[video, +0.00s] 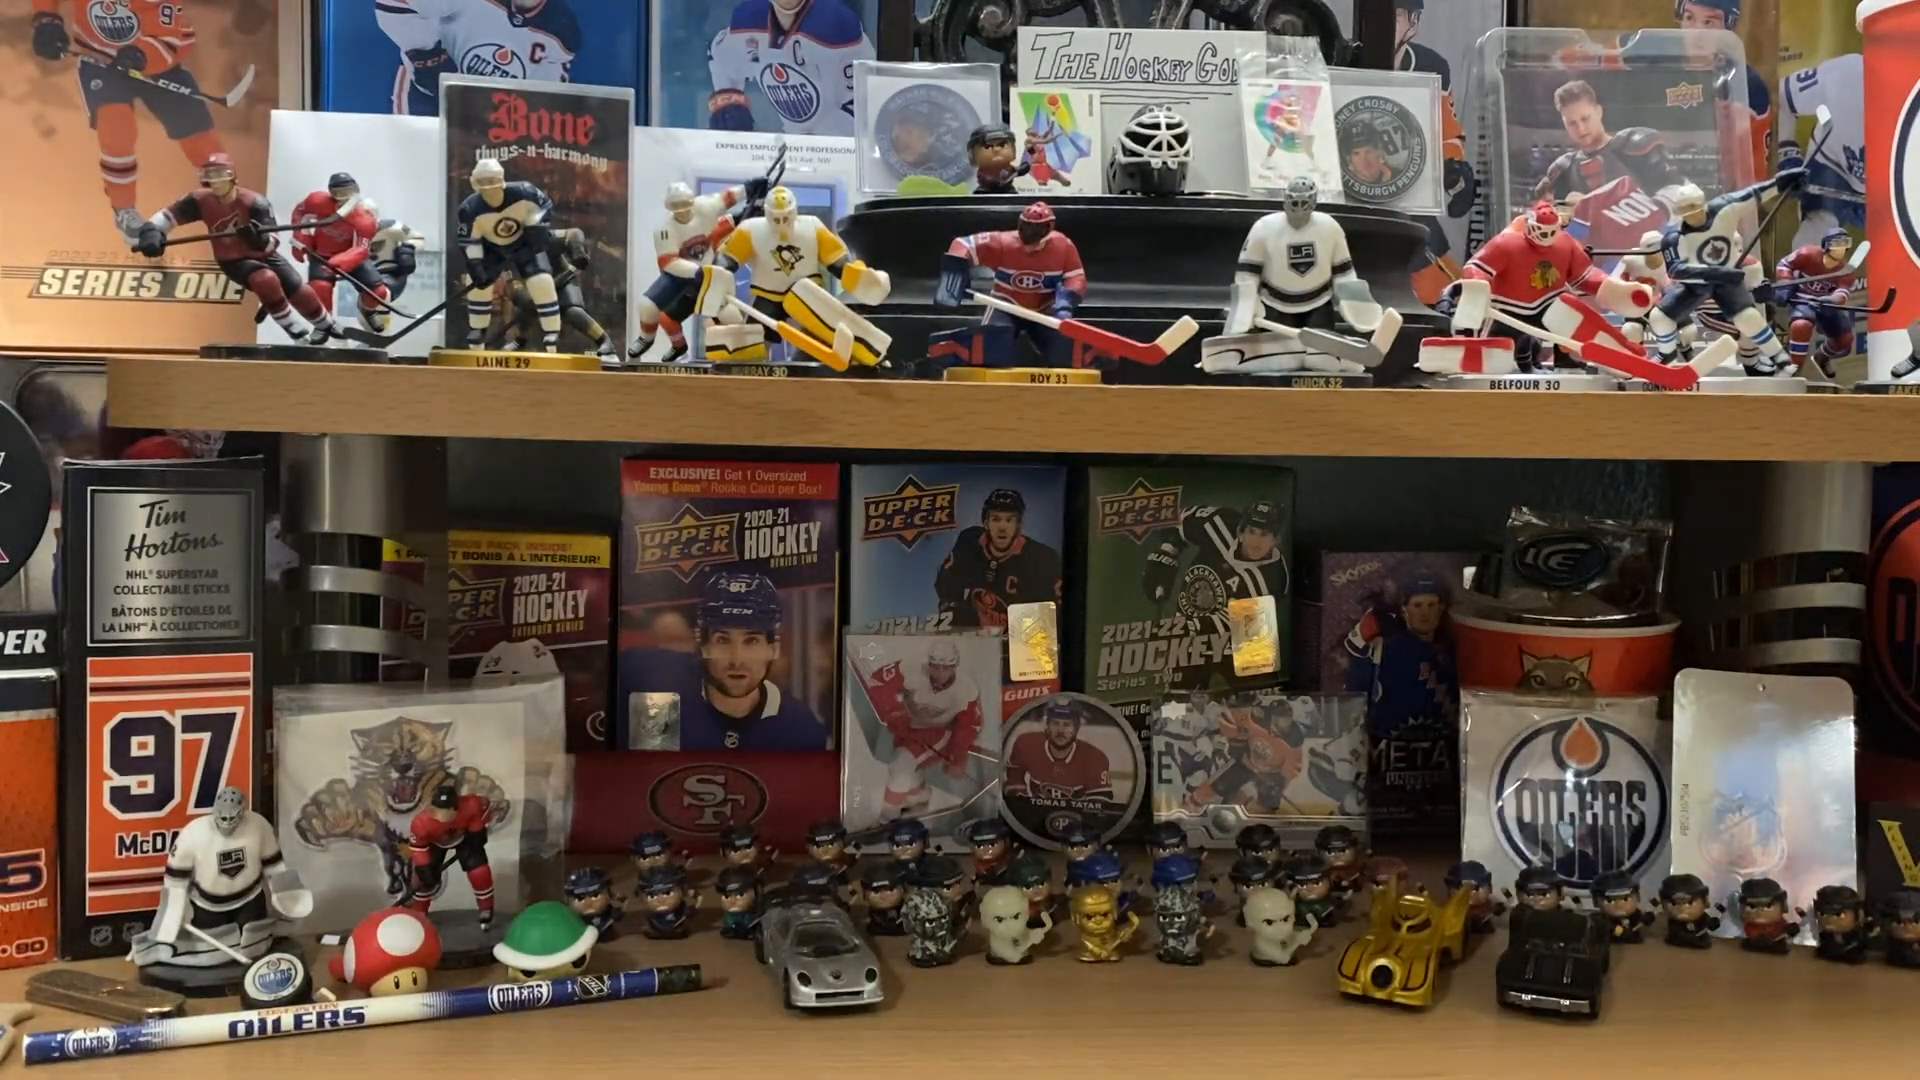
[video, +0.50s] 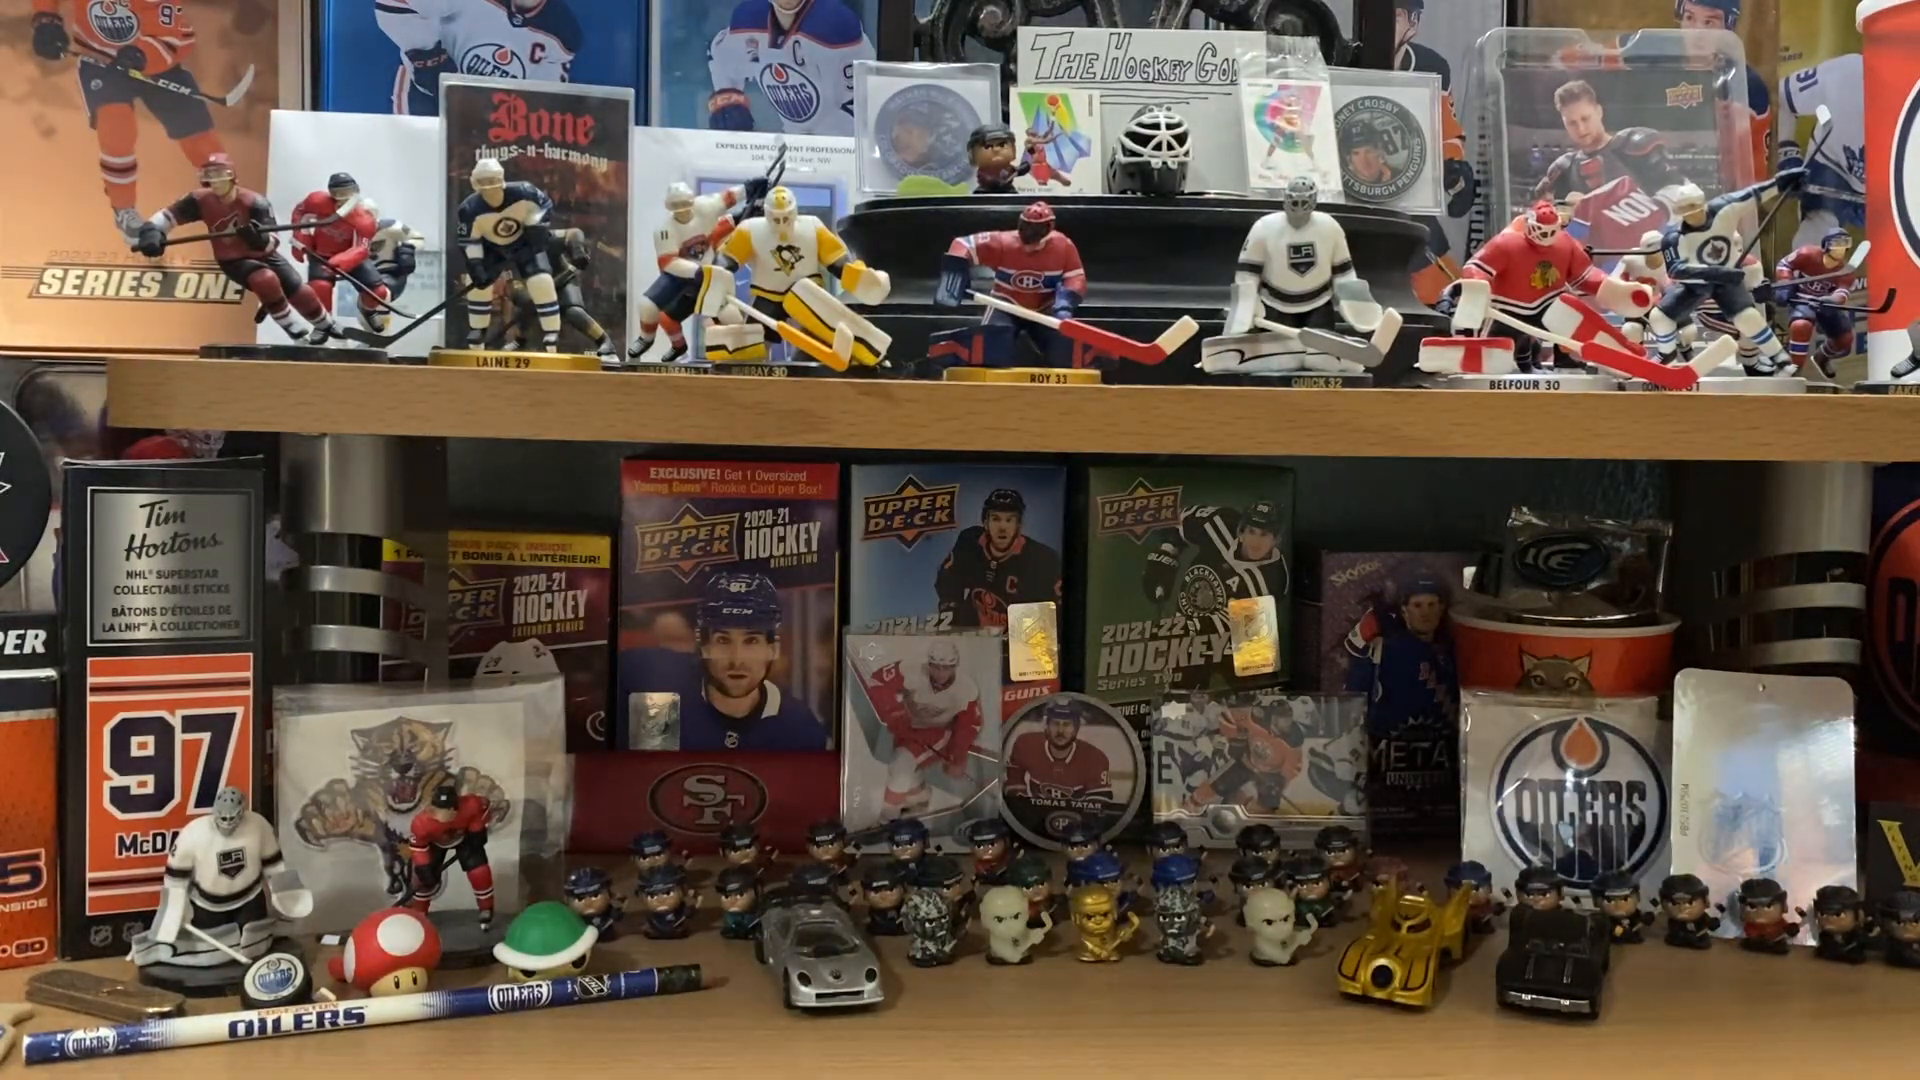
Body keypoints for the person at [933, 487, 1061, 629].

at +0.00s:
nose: (1002, 527)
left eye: (1009, 520)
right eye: (996, 520)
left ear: (1019, 525)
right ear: (985, 523)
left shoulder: (1042, 558)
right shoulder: (968, 542)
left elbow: (1045, 607)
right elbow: (944, 581)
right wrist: (949, 607)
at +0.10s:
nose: (1002, 527)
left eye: (1009, 520)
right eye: (996, 520)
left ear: (1019, 525)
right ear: (985, 523)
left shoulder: (1042, 559)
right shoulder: (968, 542)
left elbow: (1046, 606)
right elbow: (944, 580)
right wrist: (949, 607)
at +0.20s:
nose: (1002, 527)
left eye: (1009, 520)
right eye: (996, 520)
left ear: (1019, 525)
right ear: (985, 523)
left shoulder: (1042, 559)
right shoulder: (968, 542)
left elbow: (1046, 606)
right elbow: (944, 581)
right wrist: (949, 607)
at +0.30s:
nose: (1002, 527)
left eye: (1009, 520)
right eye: (996, 520)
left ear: (1019, 525)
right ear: (985, 523)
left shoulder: (1042, 559)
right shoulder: (968, 542)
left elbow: (1046, 607)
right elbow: (944, 580)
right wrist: (949, 607)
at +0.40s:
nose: (1002, 527)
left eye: (1009, 520)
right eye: (996, 520)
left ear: (1019, 525)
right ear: (985, 523)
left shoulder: (1041, 559)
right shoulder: (969, 543)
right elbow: (946, 578)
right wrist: (949, 607)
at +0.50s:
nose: (1002, 527)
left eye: (1009, 520)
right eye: (996, 519)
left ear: (1019, 525)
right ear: (985, 523)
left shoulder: (1041, 559)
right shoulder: (968, 543)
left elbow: (1047, 605)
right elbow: (946, 577)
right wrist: (949, 607)